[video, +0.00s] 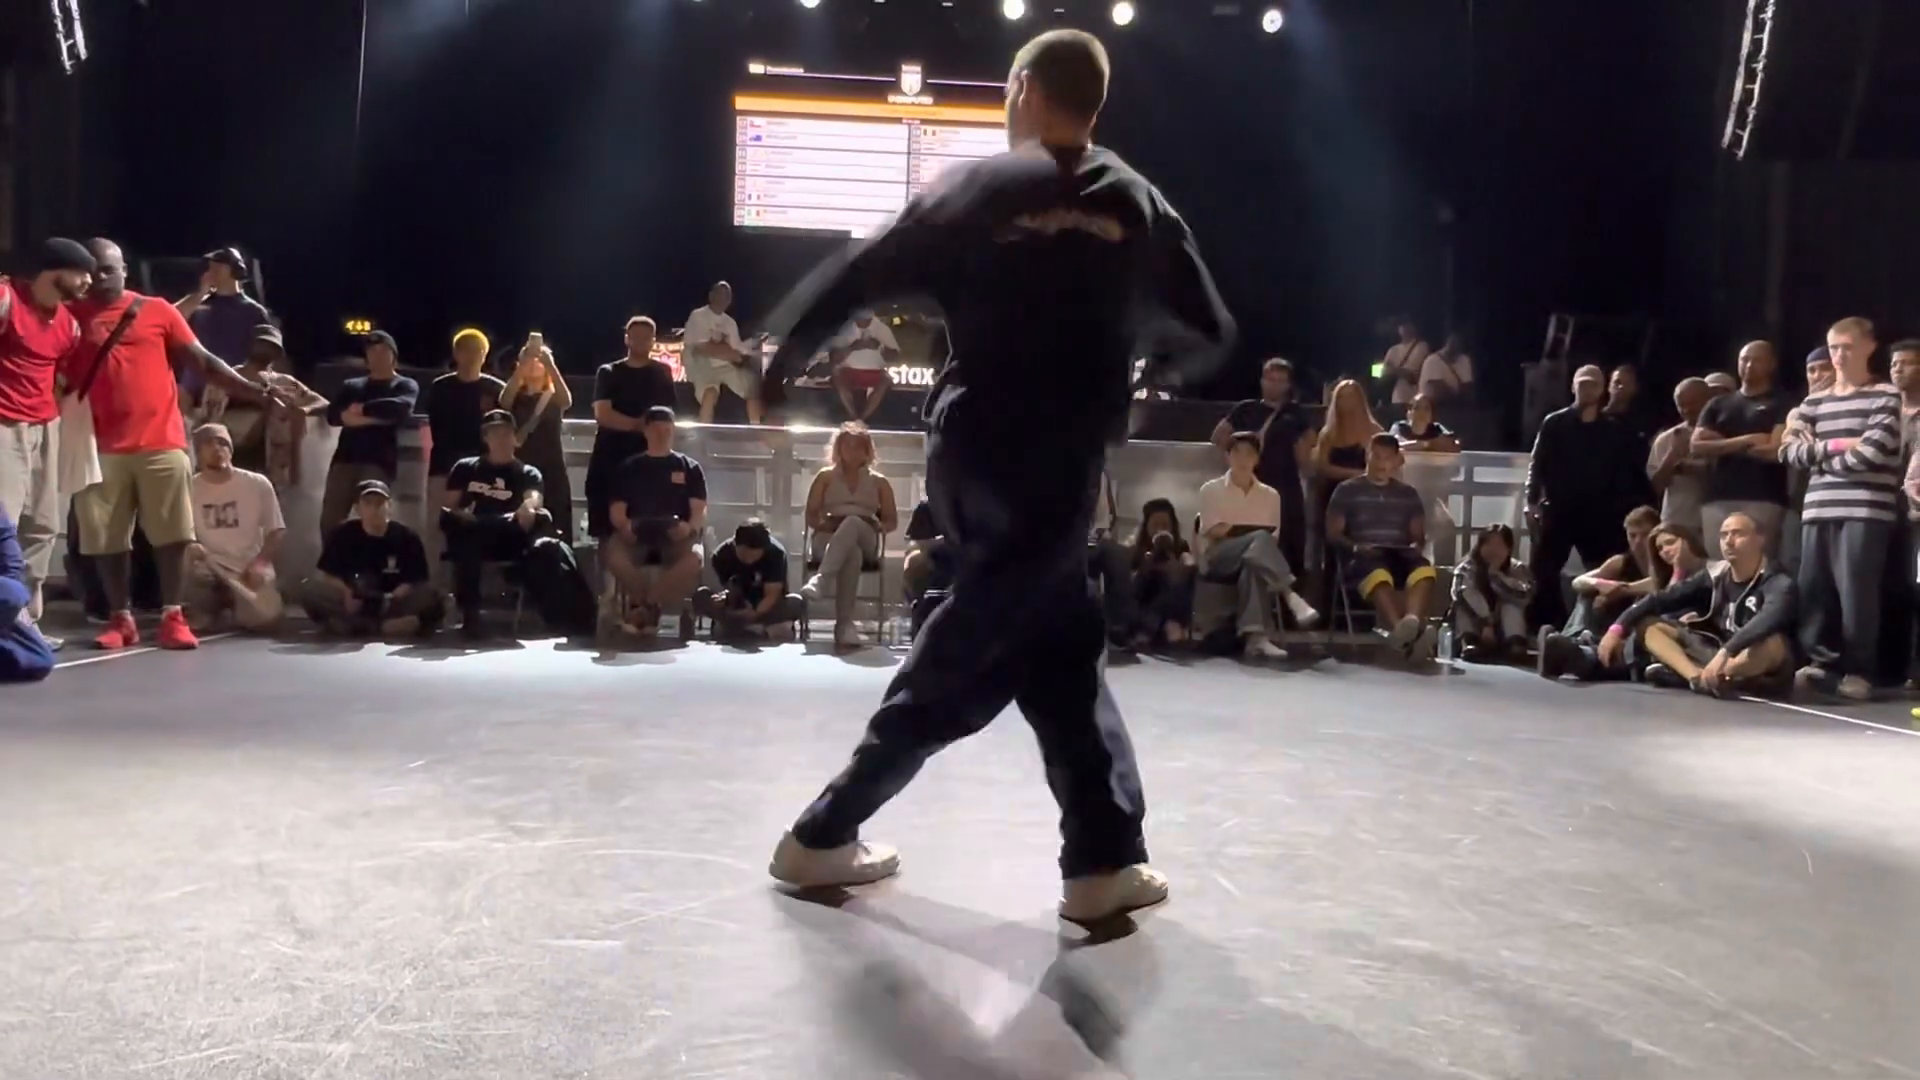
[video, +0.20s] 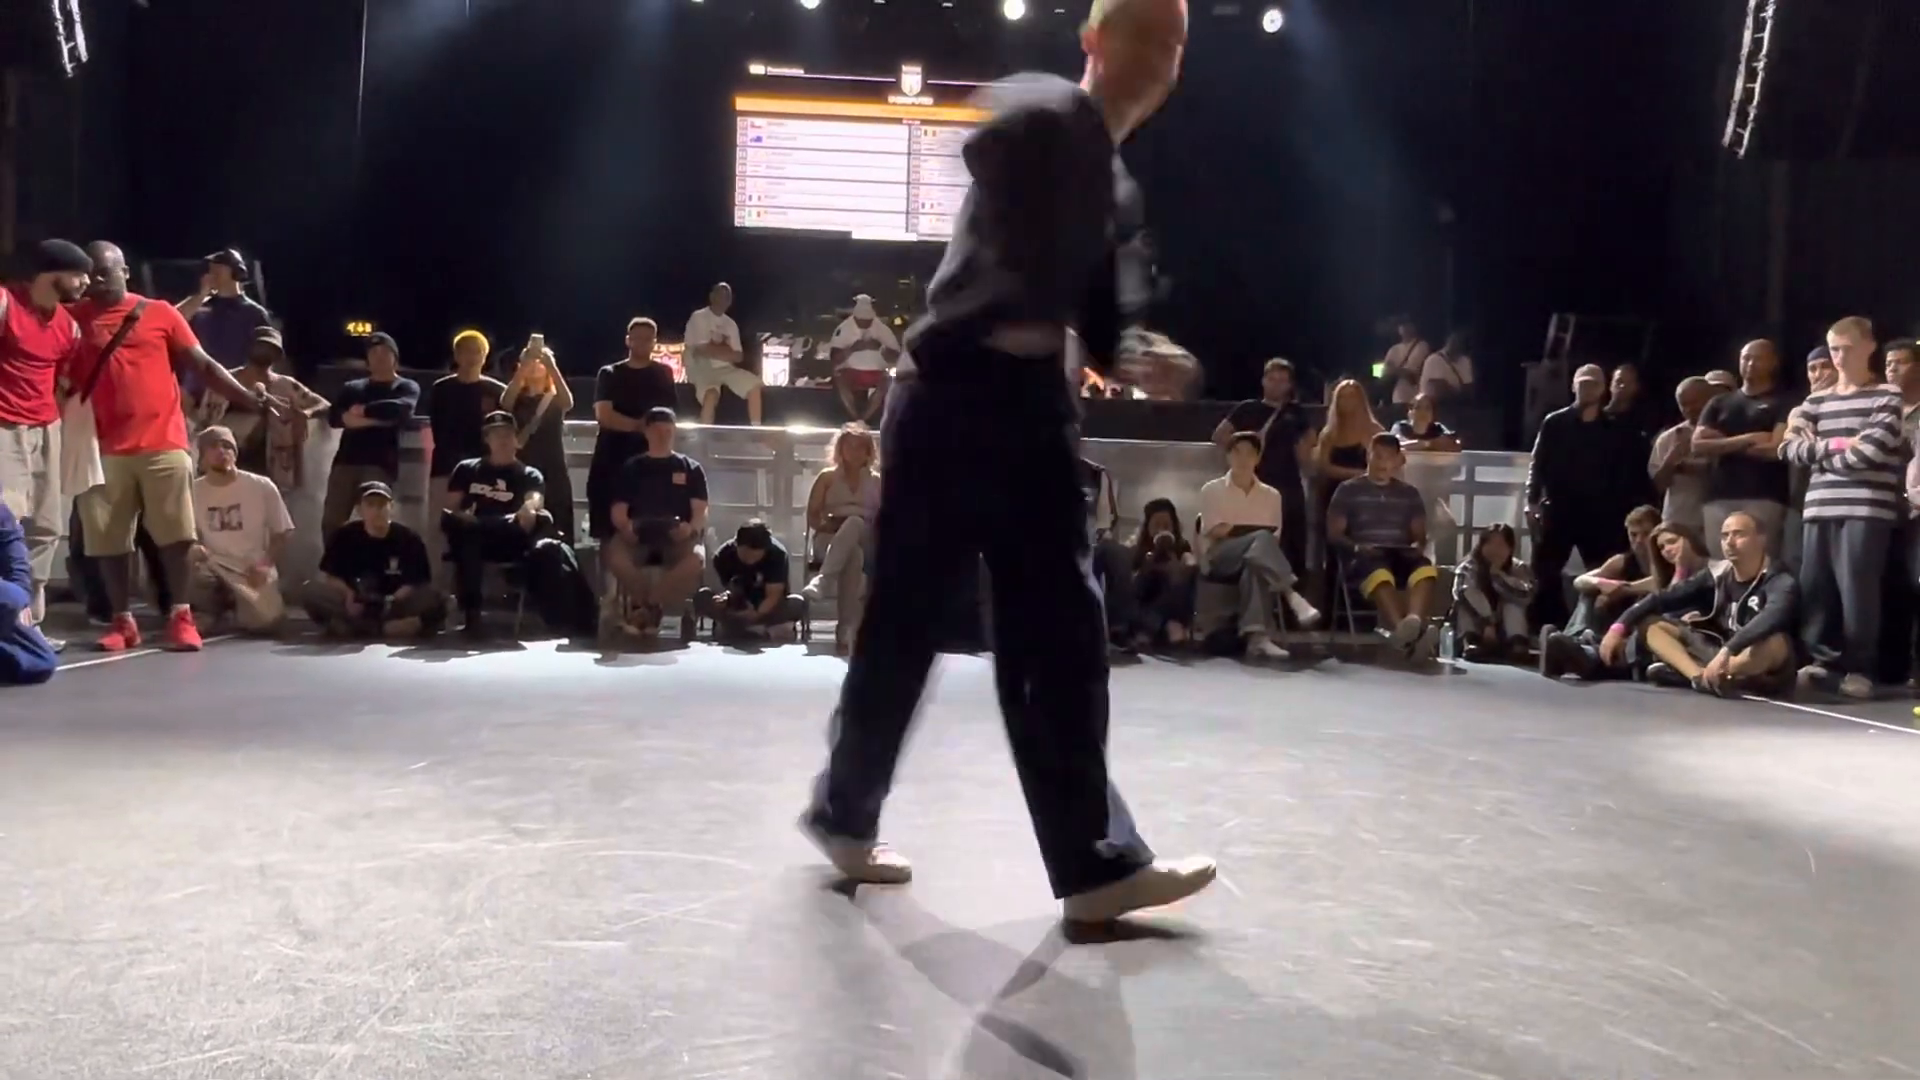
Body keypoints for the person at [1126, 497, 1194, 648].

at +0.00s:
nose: (1160, 531)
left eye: (1165, 525)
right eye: (1155, 525)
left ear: (1173, 526)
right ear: (1146, 526)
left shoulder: (1180, 546)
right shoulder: (1137, 550)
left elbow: (1189, 568)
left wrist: (1168, 552)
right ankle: (1172, 624)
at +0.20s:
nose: (1161, 531)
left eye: (1166, 526)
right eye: (1156, 526)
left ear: (1174, 526)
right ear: (1147, 527)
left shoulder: (1182, 548)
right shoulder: (1138, 551)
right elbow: (1132, 584)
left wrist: (1169, 553)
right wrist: (1150, 563)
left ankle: (1146, 632)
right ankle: (1171, 625)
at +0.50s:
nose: (1164, 531)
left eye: (1169, 526)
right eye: (1159, 526)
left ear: (1177, 526)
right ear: (1150, 527)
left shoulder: (1184, 547)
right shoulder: (1141, 551)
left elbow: (1194, 566)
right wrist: (1154, 559)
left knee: (1183, 577)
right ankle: (1176, 623)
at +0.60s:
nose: (1165, 530)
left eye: (1170, 525)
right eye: (1159, 524)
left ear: (1178, 525)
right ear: (1150, 526)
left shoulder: (1185, 545)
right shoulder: (1140, 549)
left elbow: (1195, 564)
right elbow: (1136, 583)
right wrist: (1155, 557)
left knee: (1184, 575)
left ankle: (1150, 630)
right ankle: (1176, 622)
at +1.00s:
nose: (1170, 531)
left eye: (1175, 526)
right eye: (1165, 525)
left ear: (1184, 526)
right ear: (1156, 526)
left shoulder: (1191, 547)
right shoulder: (1145, 550)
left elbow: (1201, 567)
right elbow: (1142, 583)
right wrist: (1160, 562)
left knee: (1192, 576)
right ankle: (1182, 623)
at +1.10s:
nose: (1171, 531)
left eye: (1176, 526)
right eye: (1165, 525)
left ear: (1184, 526)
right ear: (1156, 526)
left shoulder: (1191, 546)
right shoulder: (1145, 549)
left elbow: (1201, 565)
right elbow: (1141, 584)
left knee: (1193, 576)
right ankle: (1182, 624)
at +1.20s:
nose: (1172, 530)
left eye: (1177, 524)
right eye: (1167, 524)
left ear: (1185, 525)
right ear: (1158, 525)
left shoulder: (1192, 545)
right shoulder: (1147, 548)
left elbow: (1202, 564)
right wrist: (1161, 562)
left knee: (1192, 575)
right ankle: (1183, 623)